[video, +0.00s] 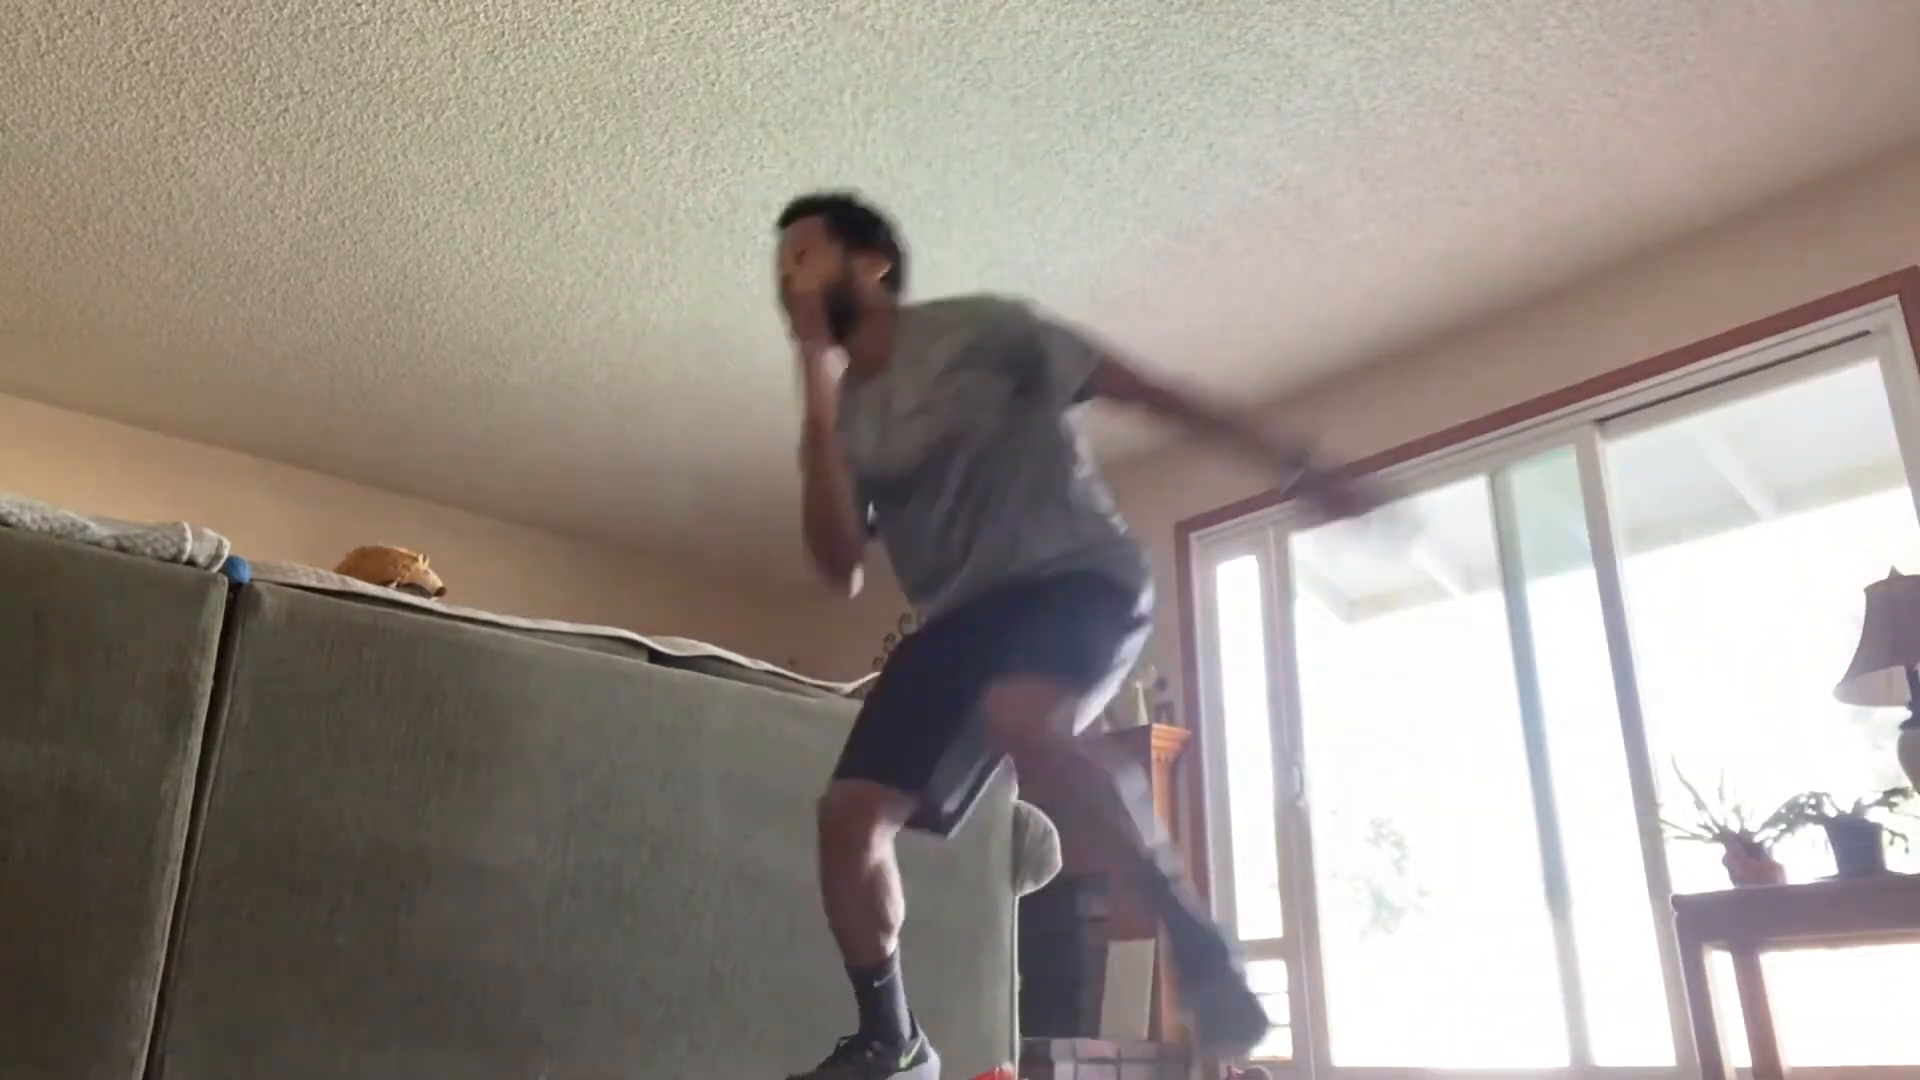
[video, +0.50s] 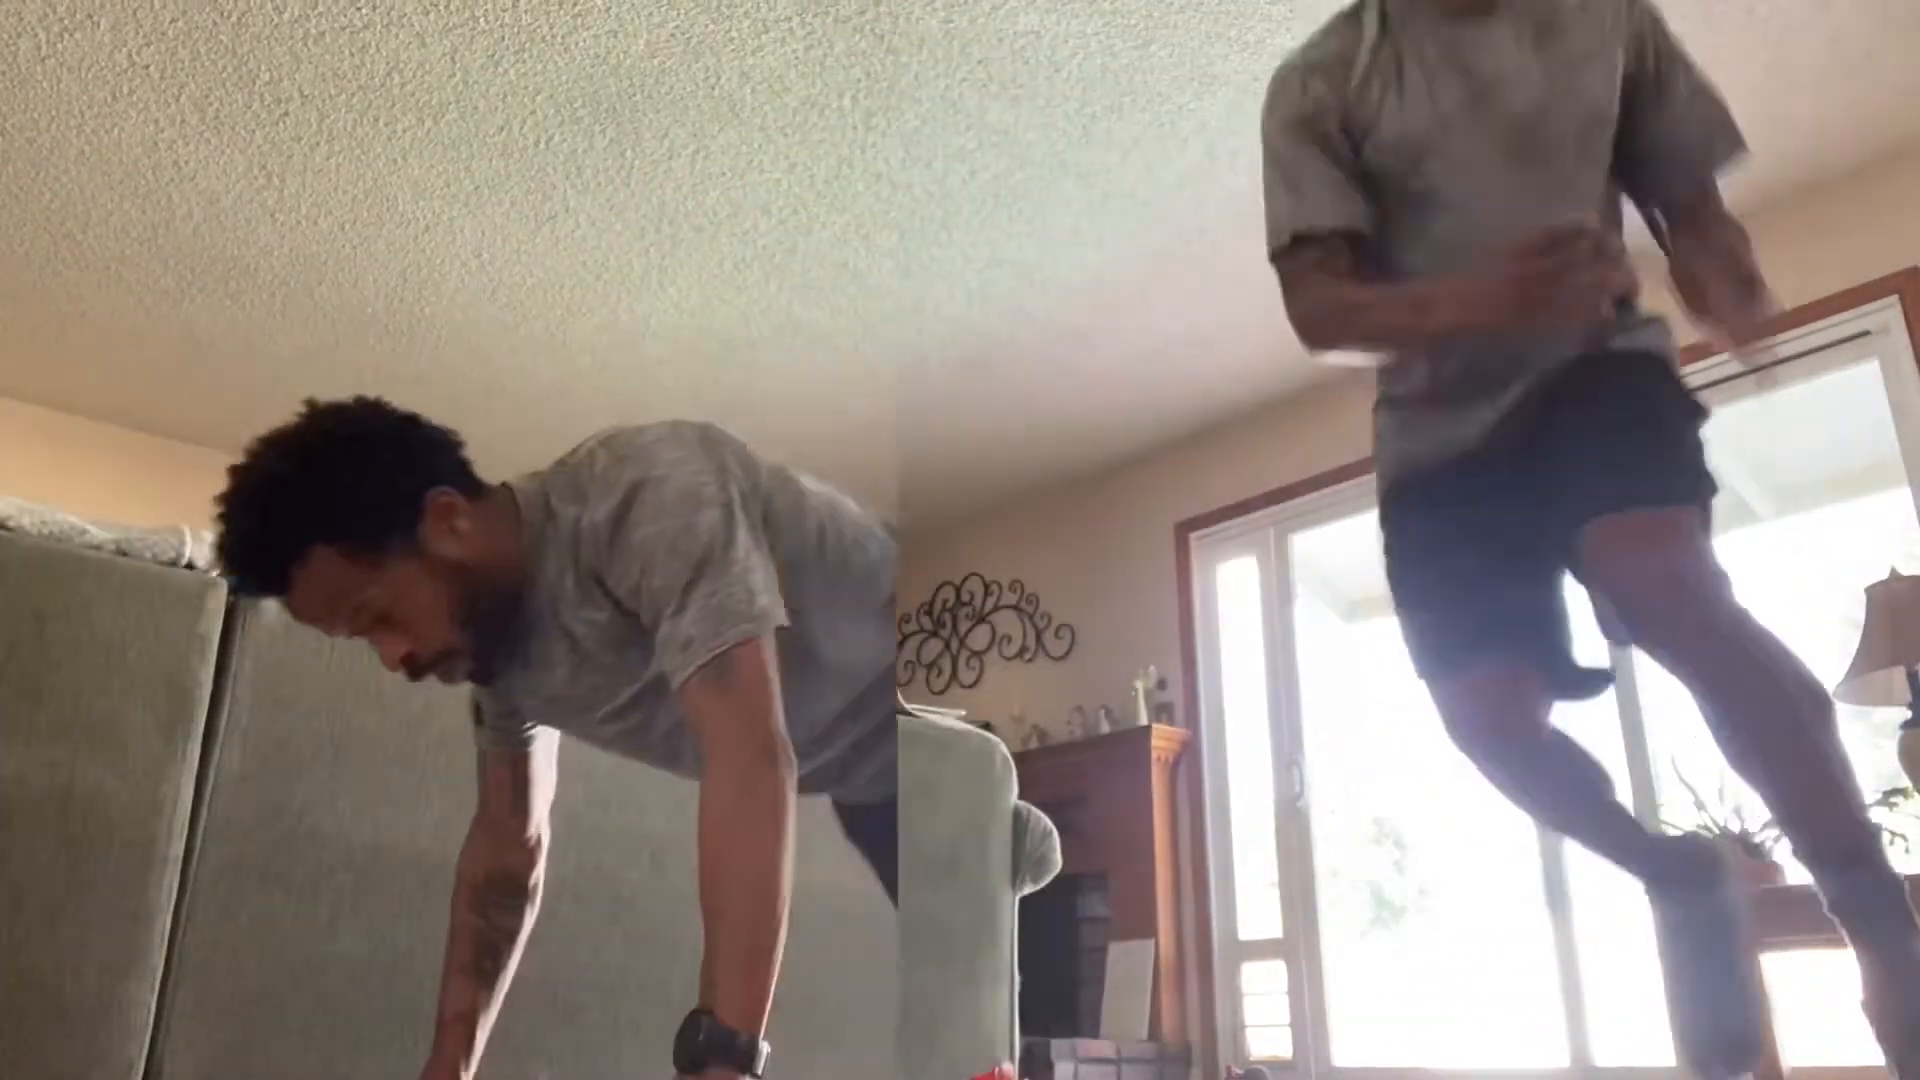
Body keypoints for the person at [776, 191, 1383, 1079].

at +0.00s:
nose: (788, 278)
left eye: (802, 255)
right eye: (782, 266)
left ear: (872, 263)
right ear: (792, 298)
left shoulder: (987, 329)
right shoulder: (842, 413)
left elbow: (1158, 394)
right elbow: (838, 569)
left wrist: (1298, 466)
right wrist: (819, 390)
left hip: (1079, 575)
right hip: (957, 619)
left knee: (1021, 714)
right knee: (850, 816)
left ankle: (1196, 950)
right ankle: (888, 1041)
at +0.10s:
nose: (894, 170)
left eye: (907, 143)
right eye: (884, 154)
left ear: (966, 153)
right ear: (908, 175)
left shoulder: (1084, 219)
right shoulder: (920, 305)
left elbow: (1251, 254)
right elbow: (876, 383)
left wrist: (1399, 285)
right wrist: (889, 202)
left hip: (1165, 493)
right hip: (1046, 551)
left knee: (1192, 598)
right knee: (944, 790)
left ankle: (1373, 864)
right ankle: (887, 1021)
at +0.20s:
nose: (1016, 61)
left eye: (1036, 34)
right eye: (1003, 47)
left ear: (1099, 39)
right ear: (1014, 80)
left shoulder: (1213, 109)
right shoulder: (1025, 200)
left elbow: (1358, 177)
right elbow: (959, 276)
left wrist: (1472, 233)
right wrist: (972, 93)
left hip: (1277, 423)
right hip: (1156, 478)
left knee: (1367, 532)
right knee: (1057, 746)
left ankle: (1600, 812)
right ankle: (1006, 987)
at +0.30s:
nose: (1167, 7)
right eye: (1153, 3)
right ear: (1145, 28)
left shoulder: (1377, 65)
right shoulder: (1144, 139)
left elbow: (1509, 180)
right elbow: (1076, 265)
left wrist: (1616, 290)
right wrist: (1095, 52)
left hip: (1414, 413)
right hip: (1267, 467)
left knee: (1562, 611)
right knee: (1167, 770)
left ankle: (1828, 923)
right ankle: (1203, 956)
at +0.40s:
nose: (1371, 13)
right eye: (1347, 5)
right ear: (1313, 9)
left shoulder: (1545, 85)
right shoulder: (1262, 145)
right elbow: (1246, 345)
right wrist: (1318, 178)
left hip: (1540, 418)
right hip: (1388, 481)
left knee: (1628, 626)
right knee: (1371, 829)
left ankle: (1887, 973)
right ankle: (1477, 917)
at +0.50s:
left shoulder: (1603, 20)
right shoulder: (1319, 79)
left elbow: (1687, 207)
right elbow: (1317, 306)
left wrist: (1732, 299)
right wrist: (1493, 295)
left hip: (1593, 368)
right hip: (1436, 427)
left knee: (1667, 599)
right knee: (1487, 720)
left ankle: (1890, 943)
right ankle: (1677, 871)